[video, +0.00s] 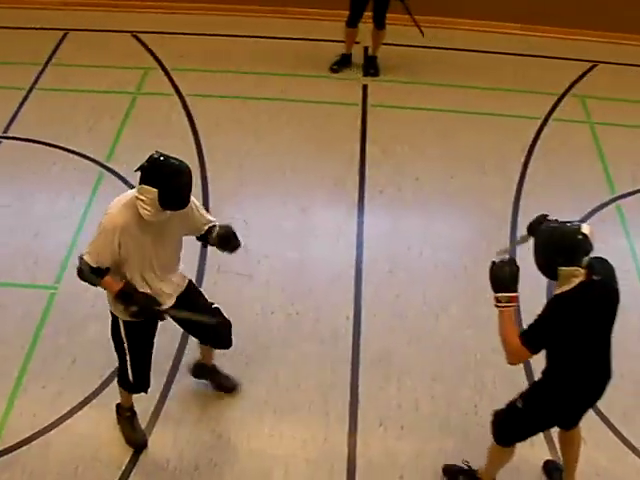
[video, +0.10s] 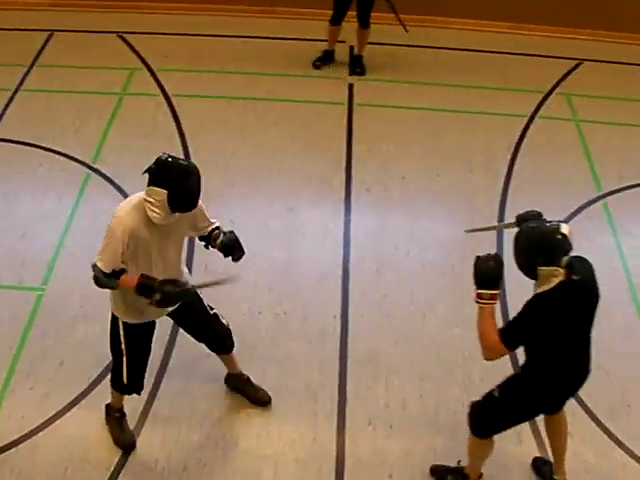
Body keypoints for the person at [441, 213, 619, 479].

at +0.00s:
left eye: (540, 252)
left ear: (547, 265)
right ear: (582, 254)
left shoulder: (561, 308)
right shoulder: (604, 276)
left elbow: (515, 354)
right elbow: (581, 256)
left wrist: (505, 297)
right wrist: (554, 233)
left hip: (563, 386)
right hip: (596, 377)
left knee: (506, 425)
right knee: (569, 423)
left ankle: (485, 475)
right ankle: (569, 475)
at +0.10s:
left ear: (524, 265)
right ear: (563, 254)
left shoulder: (538, 310)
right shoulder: (585, 282)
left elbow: (490, 350)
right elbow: (566, 259)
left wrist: (486, 294)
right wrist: (543, 234)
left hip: (542, 382)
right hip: (575, 374)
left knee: (481, 416)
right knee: (553, 405)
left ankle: (472, 473)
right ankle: (560, 471)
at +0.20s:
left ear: (508, 263)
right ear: (544, 250)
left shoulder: (521, 306)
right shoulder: (566, 272)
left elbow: (474, 347)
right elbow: (546, 253)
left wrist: (470, 291)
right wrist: (525, 229)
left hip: (526, 377)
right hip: (560, 365)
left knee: (463, 411)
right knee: (540, 393)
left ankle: (460, 472)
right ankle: (550, 461)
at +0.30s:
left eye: (495, 247)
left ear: (502, 257)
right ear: (533, 244)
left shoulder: (512, 300)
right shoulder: (554, 263)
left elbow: (465, 340)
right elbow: (534, 226)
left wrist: (461, 283)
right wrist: (503, 222)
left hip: (515, 370)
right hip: (549, 356)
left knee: (453, 407)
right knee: (534, 388)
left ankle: (449, 469)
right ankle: (545, 447)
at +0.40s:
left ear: (498, 256)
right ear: (528, 241)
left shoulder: (507, 295)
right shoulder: (550, 261)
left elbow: (457, 328)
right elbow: (529, 223)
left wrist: (461, 272)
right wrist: (494, 224)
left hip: (508, 368)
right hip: (543, 354)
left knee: (446, 402)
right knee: (533, 387)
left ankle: (442, 467)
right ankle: (544, 441)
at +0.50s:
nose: (489, 246)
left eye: (492, 244)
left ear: (501, 255)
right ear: (532, 242)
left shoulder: (510, 294)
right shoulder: (553, 258)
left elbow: (459, 325)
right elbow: (532, 247)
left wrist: (465, 271)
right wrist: (531, 224)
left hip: (512, 365)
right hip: (546, 352)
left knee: (446, 400)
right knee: (532, 386)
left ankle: (441, 466)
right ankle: (543, 441)